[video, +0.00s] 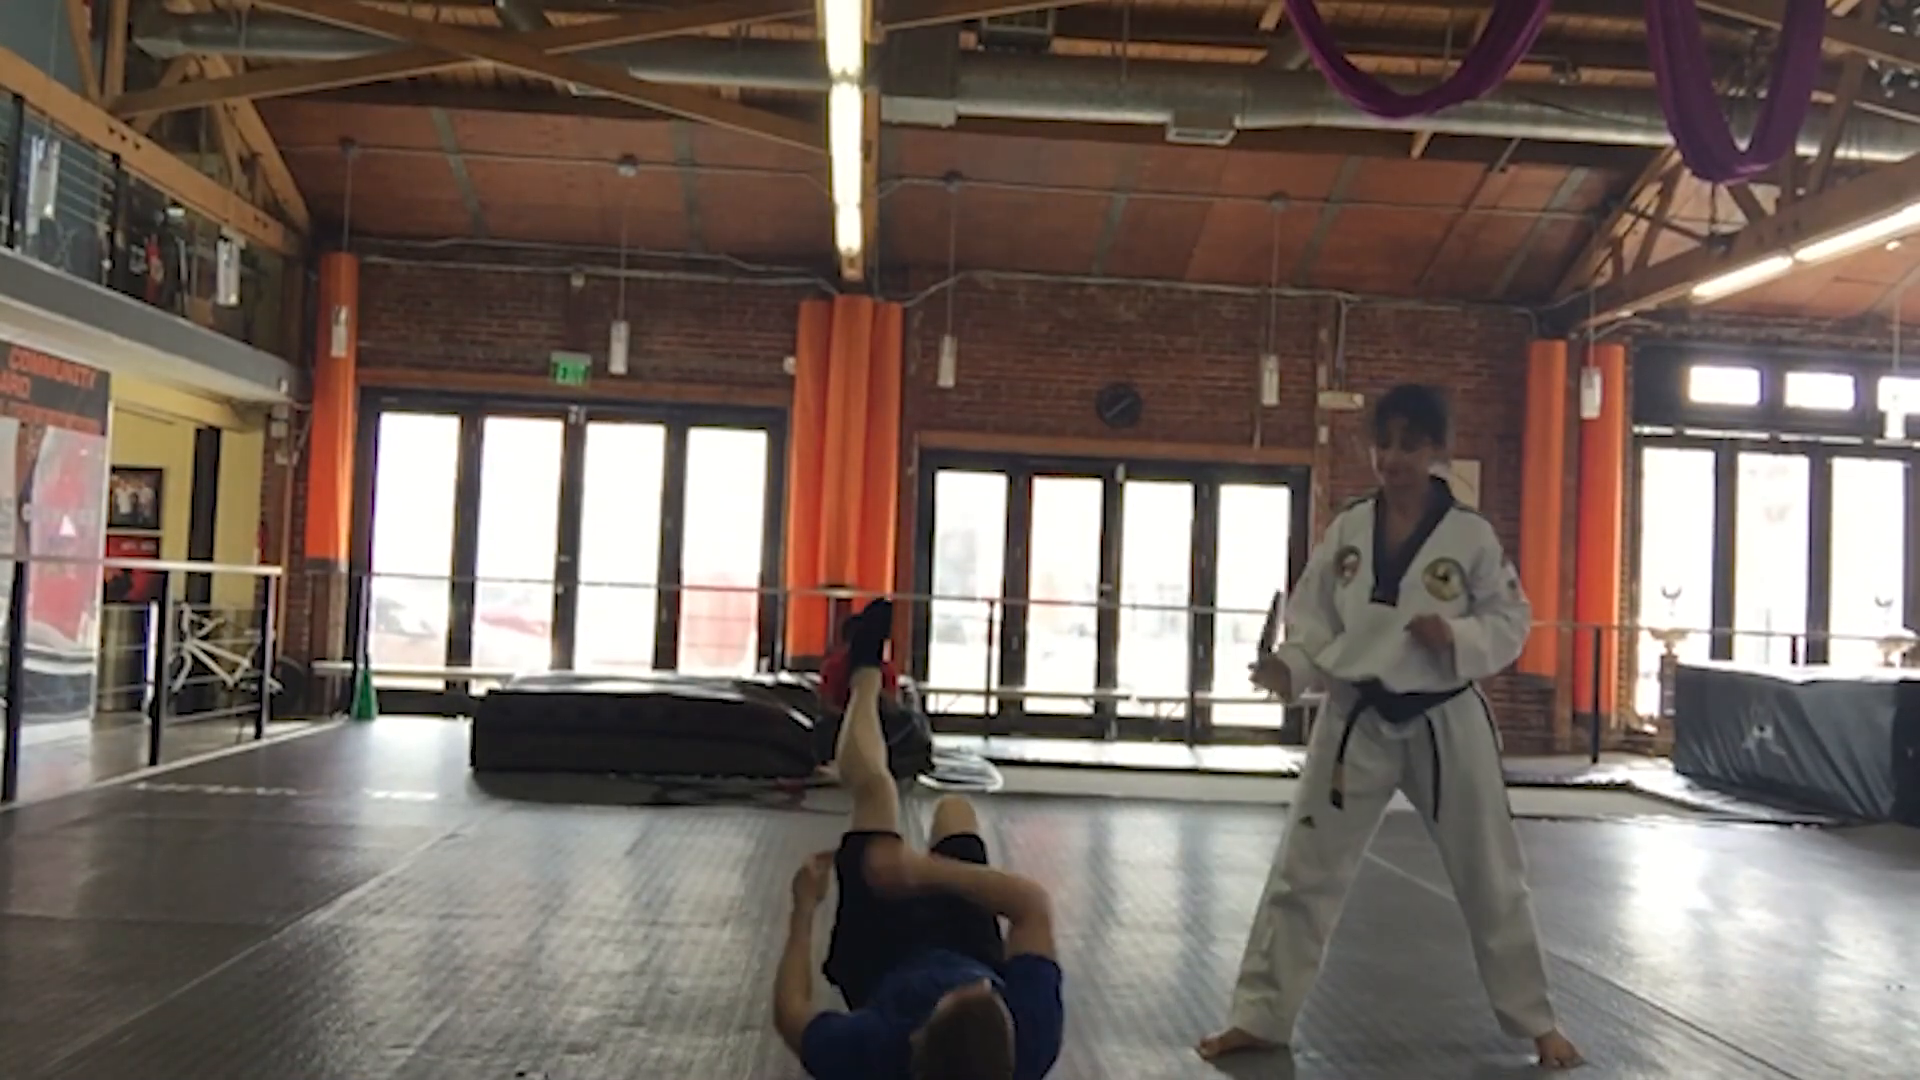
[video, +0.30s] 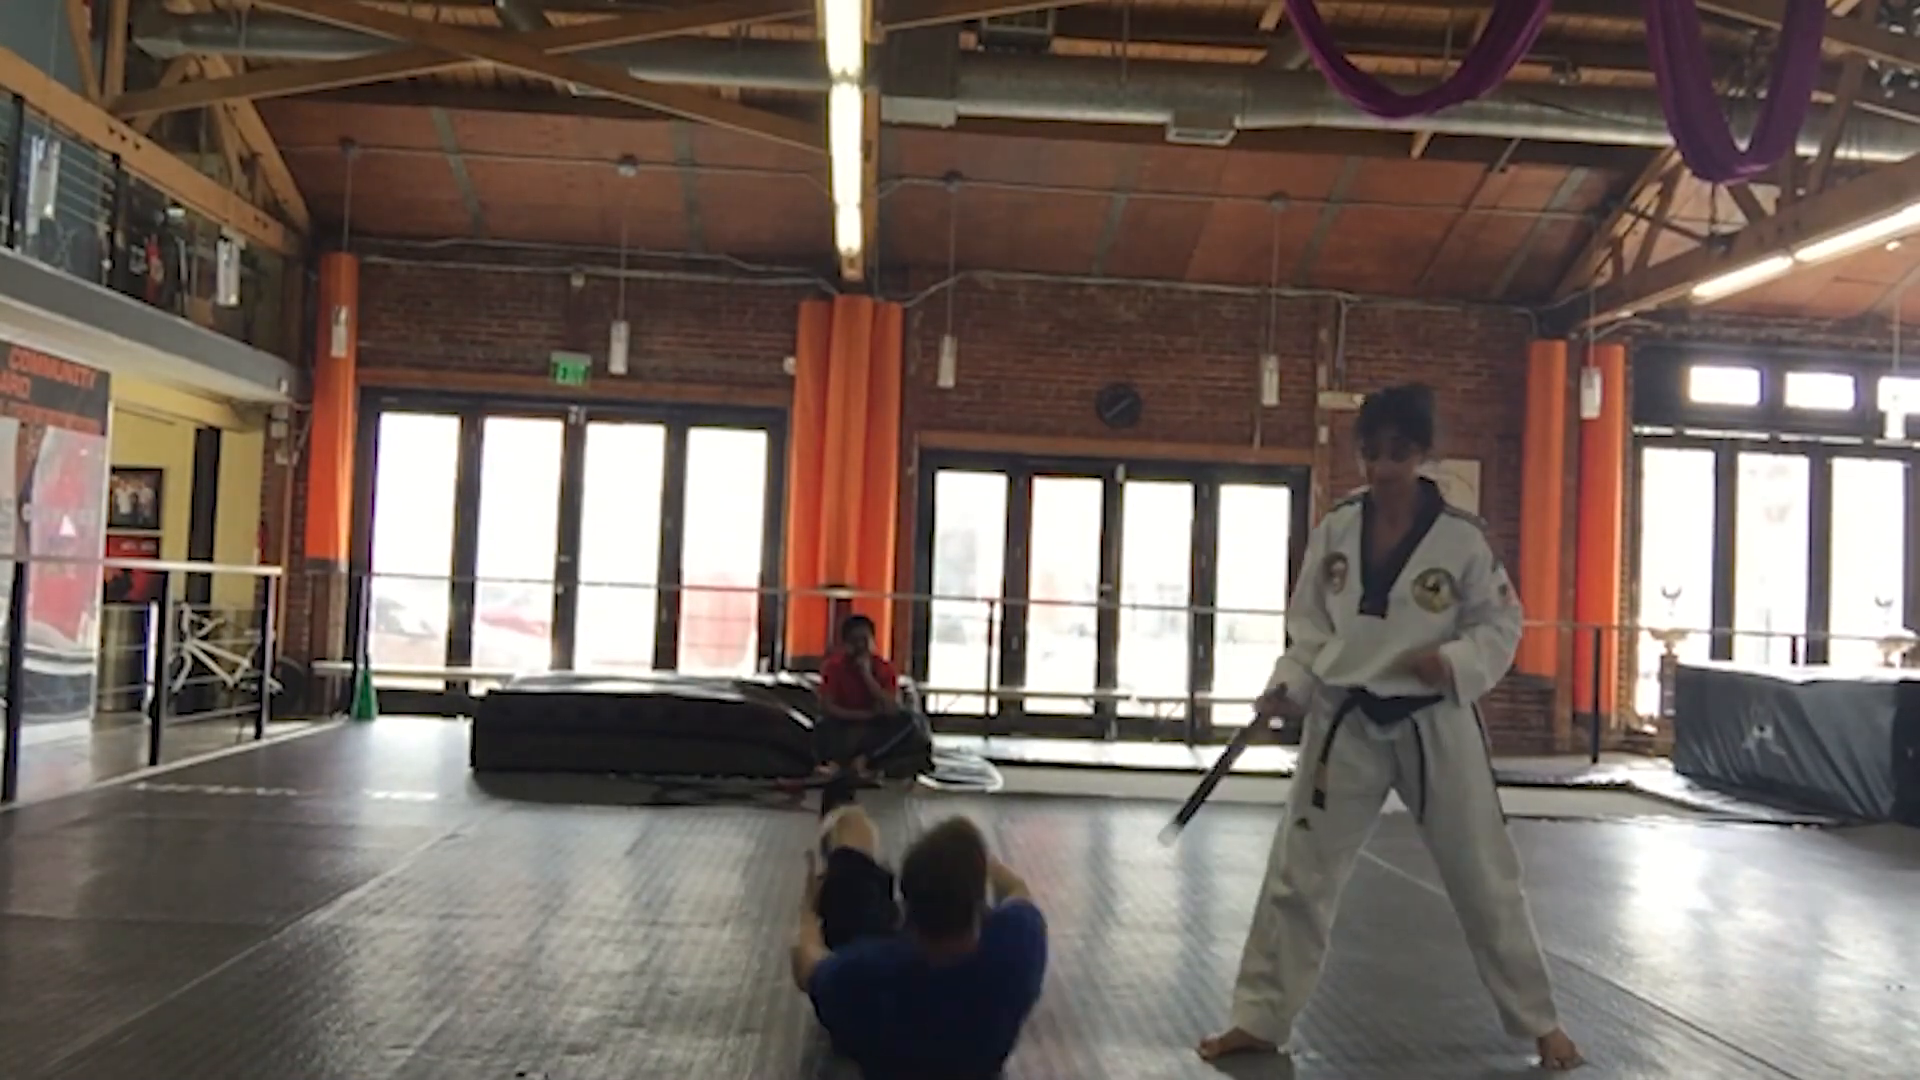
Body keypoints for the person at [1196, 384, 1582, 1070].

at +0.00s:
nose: (1391, 457)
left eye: (1408, 444)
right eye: (1383, 443)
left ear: (1437, 452)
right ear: (1371, 447)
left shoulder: (1470, 536)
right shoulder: (1347, 529)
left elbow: (1511, 627)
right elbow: (1309, 624)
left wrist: (1457, 634)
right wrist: (1292, 669)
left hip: (1447, 721)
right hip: (1351, 718)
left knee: (1491, 878)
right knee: (1302, 874)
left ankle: (1539, 1023)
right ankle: (1261, 1021)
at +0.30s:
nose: (1379, 467)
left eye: (1394, 455)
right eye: (1370, 452)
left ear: (1424, 457)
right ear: (1359, 453)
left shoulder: (1461, 539)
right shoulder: (1334, 530)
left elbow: (1501, 624)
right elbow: (1307, 629)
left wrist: (1457, 663)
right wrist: (1288, 687)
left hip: (1436, 722)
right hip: (1342, 721)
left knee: (1484, 880)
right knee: (1297, 875)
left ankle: (1542, 1025)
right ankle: (1260, 1023)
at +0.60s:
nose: (1354, 540)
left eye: (1367, 527)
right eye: (1343, 526)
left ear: (1396, 514)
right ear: (1329, 514)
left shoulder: (1446, 583)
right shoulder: (1313, 563)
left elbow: (1469, 700)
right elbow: (1292, 642)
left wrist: (1442, 785)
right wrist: (1294, 715)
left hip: (1433, 736)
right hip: (1345, 733)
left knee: (1488, 887)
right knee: (1294, 868)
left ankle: (1534, 1056)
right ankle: (1257, 1021)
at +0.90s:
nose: (1348, 755)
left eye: (1354, 746)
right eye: (1341, 745)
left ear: (1388, 726)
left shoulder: (1452, 731)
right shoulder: (1374, 691)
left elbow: (1457, 886)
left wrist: (1435, 1003)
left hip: (1515, 767)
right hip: (1413, 770)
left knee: (1531, 916)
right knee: (1347, 898)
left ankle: (1527, 1067)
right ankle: (1269, 1025)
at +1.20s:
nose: (1336, 814)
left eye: (1345, 804)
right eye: (1328, 802)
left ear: (1377, 783)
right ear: (1316, 753)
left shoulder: (1438, 796)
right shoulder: (1353, 701)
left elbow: (1442, 931)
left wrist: (1426, 1063)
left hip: (1525, 773)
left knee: (1532, 920)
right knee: (1345, 905)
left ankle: (1526, 1069)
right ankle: (1267, 1025)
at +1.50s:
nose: (1301, 669)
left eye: (1309, 655)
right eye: (1296, 655)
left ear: (1345, 643)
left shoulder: (1411, 660)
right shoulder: (1341, 662)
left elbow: (1446, 797)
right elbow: (1365, 740)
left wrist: (1428, 917)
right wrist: (1361, 819)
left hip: (1479, 748)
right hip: (1400, 755)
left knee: (1504, 903)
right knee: (1338, 877)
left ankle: (1526, 1063)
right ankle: (1268, 1021)